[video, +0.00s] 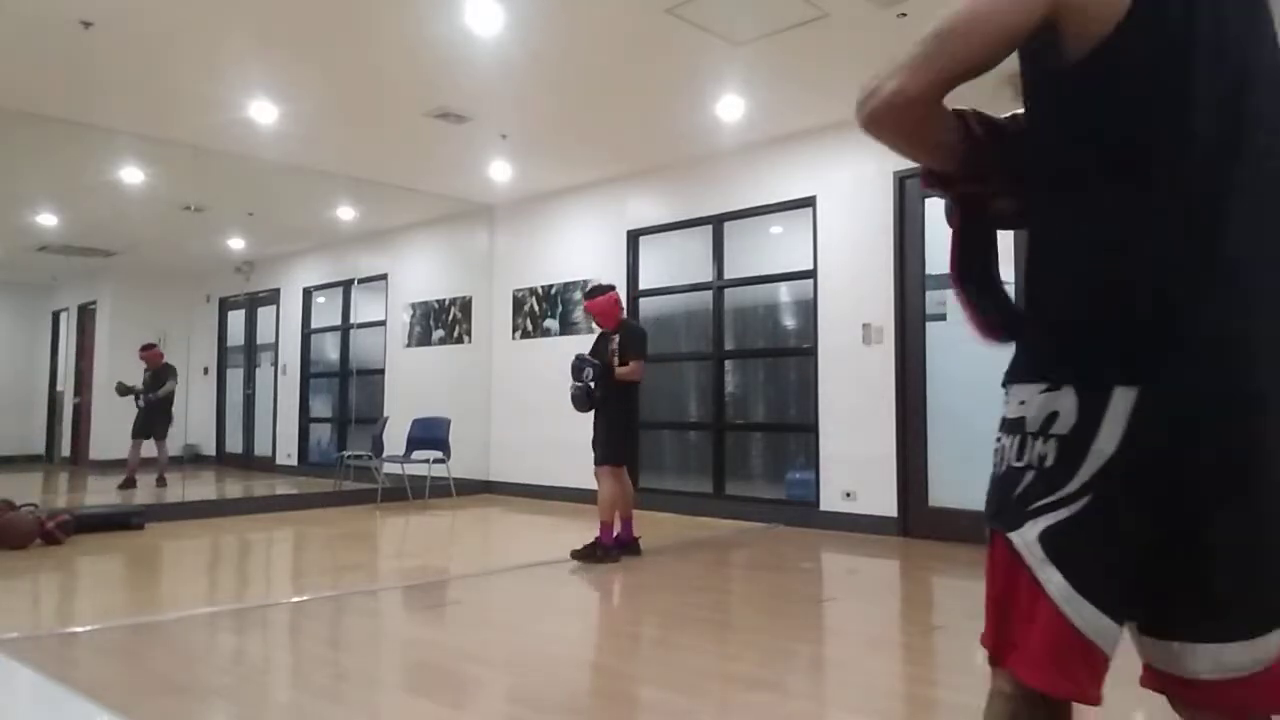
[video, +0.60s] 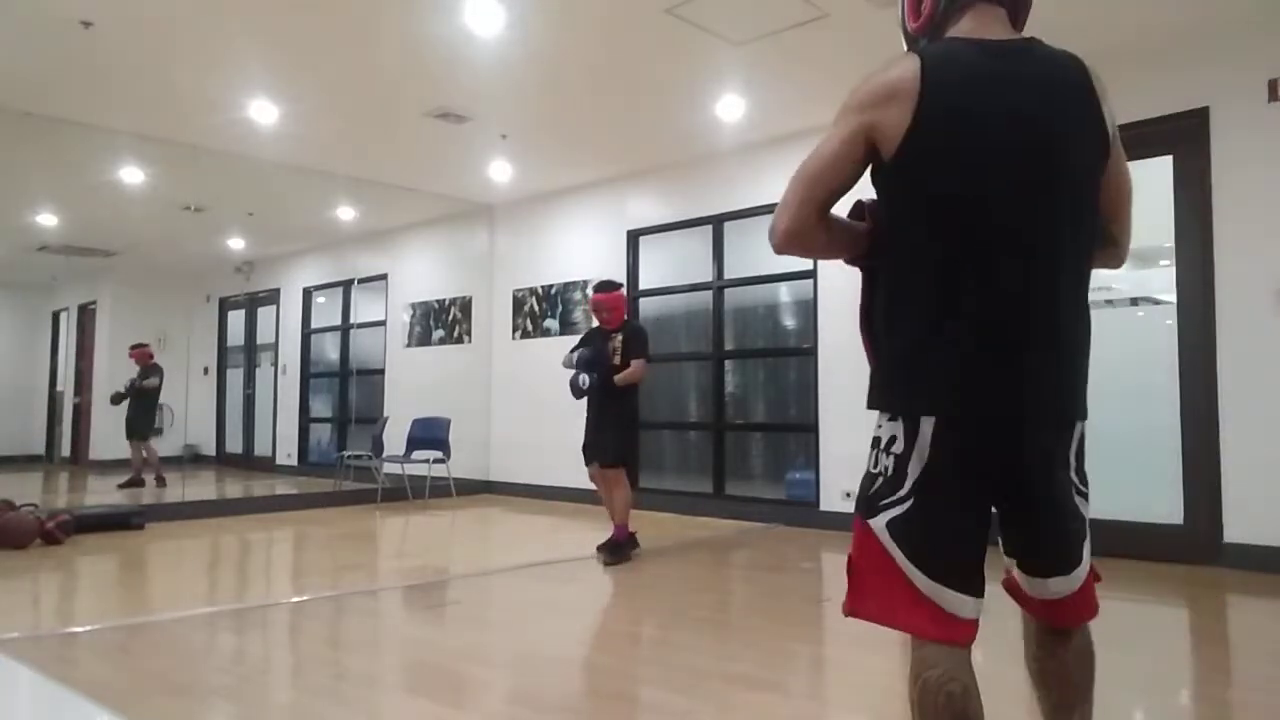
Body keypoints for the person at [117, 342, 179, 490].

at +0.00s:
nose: (145, 363)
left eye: (146, 359)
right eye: (143, 360)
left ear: (156, 356)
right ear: (146, 359)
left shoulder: (169, 369)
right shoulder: (148, 371)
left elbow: (170, 386)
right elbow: (146, 388)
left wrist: (153, 396)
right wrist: (131, 389)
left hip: (161, 413)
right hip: (145, 412)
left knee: (160, 444)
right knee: (136, 443)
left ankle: (161, 476)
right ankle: (130, 477)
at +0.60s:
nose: (135, 361)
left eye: (137, 358)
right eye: (134, 358)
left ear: (145, 356)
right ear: (140, 358)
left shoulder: (155, 369)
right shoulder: (142, 372)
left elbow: (154, 383)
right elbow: (134, 388)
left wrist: (136, 384)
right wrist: (122, 395)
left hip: (146, 413)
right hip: (134, 413)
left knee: (145, 443)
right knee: (134, 444)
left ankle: (159, 475)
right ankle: (136, 476)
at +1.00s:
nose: (122, 361)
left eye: (123, 357)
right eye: (121, 358)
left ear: (131, 355)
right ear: (133, 355)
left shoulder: (136, 369)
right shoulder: (141, 368)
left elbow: (127, 384)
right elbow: (130, 388)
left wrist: (108, 386)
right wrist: (117, 398)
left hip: (129, 410)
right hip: (134, 410)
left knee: (116, 439)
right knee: (131, 441)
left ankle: (123, 475)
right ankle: (136, 476)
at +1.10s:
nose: (119, 362)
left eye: (119, 358)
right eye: (117, 358)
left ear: (127, 356)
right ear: (129, 356)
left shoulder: (133, 370)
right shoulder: (137, 369)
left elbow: (121, 387)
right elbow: (126, 391)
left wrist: (104, 390)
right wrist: (108, 396)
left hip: (125, 413)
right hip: (131, 412)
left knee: (114, 442)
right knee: (129, 442)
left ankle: (113, 478)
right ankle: (136, 476)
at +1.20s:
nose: (115, 362)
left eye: (116, 358)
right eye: (114, 358)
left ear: (124, 356)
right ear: (126, 355)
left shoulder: (129, 371)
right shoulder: (134, 369)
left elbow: (115, 389)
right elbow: (118, 388)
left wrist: (100, 392)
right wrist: (103, 391)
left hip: (120, 413)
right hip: (127, 413)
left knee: (110, 443)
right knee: (126, 442)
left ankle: (111, 479)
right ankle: (136, 476)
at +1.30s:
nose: (112, 361)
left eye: (114, 357)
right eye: (111, 357)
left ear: (121, 355)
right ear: (125, 355)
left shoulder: (125, 371)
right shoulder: (131, 368)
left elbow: (111, 390)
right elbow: (112, 385)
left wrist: (98, 391)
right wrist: (100, 388)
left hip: (116, 413)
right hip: (123, 412)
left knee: (110, 444)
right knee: (122, 443)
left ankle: (111, 478)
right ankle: (135, 474)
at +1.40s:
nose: (109, 359)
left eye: (111, 355)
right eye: (109, 356)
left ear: (119, 354)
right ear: (123, 354)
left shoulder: (122, 370)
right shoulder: (128, 368)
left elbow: (112, 395)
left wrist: (98, 397)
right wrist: (100, 389)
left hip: (115, 412)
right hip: (118, 411)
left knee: (111, 443)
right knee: (112, 443)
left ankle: (112, 478)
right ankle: (131, 472)